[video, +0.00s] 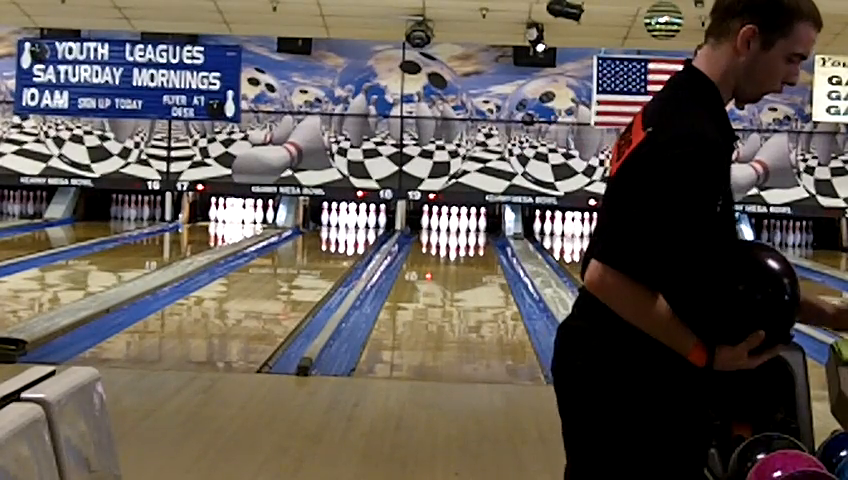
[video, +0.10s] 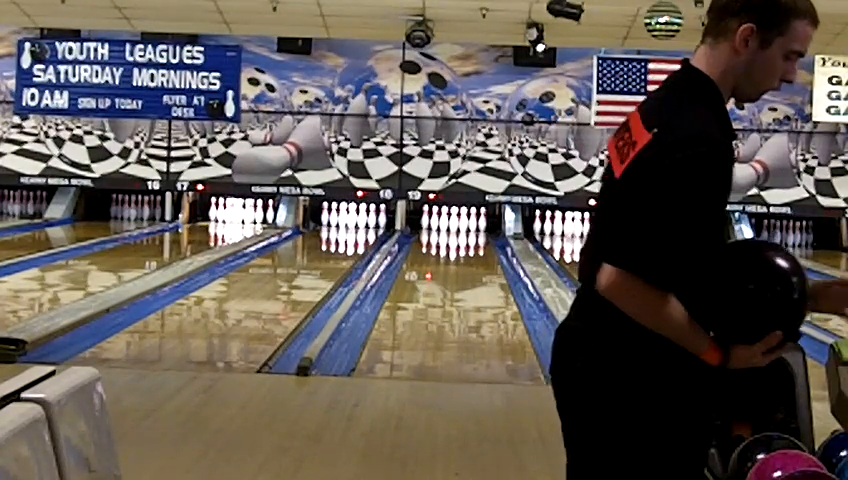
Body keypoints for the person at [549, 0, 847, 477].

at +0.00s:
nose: (793, 78)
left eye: (800, 63)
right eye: (792, 59)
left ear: (743, 42)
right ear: (748, 41)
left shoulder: (690, 111)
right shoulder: (692, 127)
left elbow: (712, 261)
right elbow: (605, 275)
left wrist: (815, 310)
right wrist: (704, 354)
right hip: (625, 368)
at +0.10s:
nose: (792, 75)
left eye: (798, 60)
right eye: (790, 56)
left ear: (740, 40)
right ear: (746, 40)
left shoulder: (677, 101)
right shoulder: (698, 127)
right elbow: (616, 278)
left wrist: (810, 295)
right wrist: (717, 352)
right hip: (631, 369)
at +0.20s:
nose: (783, 74)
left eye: (790, 58)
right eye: (783, 55)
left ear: (735, 38)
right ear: (742, 38)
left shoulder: (658, 99)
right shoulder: (708, 141)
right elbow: (647, 289)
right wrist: (739, 348)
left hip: (590, 344)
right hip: (643, 368)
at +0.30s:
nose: (772, 73)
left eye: (779, 58)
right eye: (774, 55)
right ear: (737, 39)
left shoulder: (639, 101)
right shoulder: (714, 145)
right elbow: (671, 297)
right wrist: (749, 328)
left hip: (588, 346)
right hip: (653, 369)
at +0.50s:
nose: (754, 67)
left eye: (762, 55)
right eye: (759, 52)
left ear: (684, 26)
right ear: (734, 40)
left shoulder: (625, 105)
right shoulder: (718, 146)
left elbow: (586, 248)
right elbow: (717, 302)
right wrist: (788, 278)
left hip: (600, 352)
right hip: (679, 368)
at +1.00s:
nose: (763, 50)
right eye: (765, 42)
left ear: (685, 30)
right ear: (760, 45)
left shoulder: (623, 128)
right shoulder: (772, 147)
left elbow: (573, 264)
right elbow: (791, 301)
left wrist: (631, 291)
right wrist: (835, 252)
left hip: (628, 379)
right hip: (729, 385)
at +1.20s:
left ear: (708, 25)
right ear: (789, 36)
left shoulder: (648, 128)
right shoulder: (815, 149)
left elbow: (565, 249)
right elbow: (843, 300)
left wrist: (623, 299)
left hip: (653, 396)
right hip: (763, 401)